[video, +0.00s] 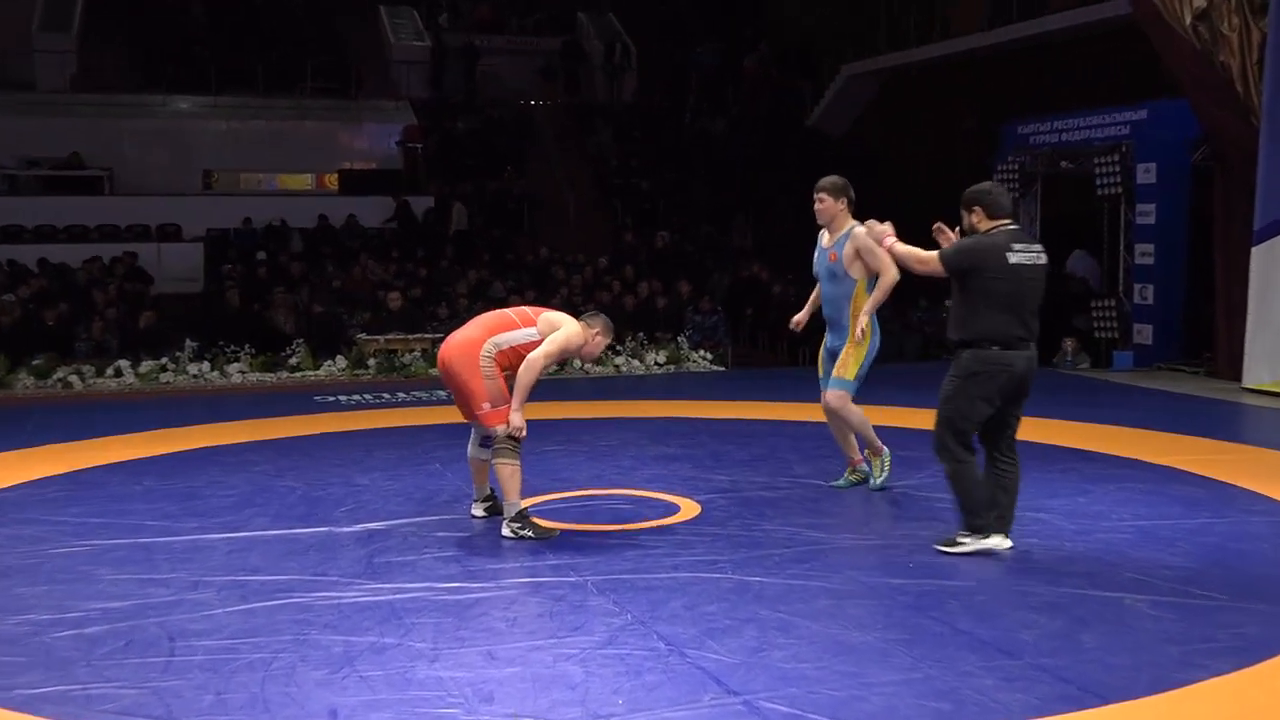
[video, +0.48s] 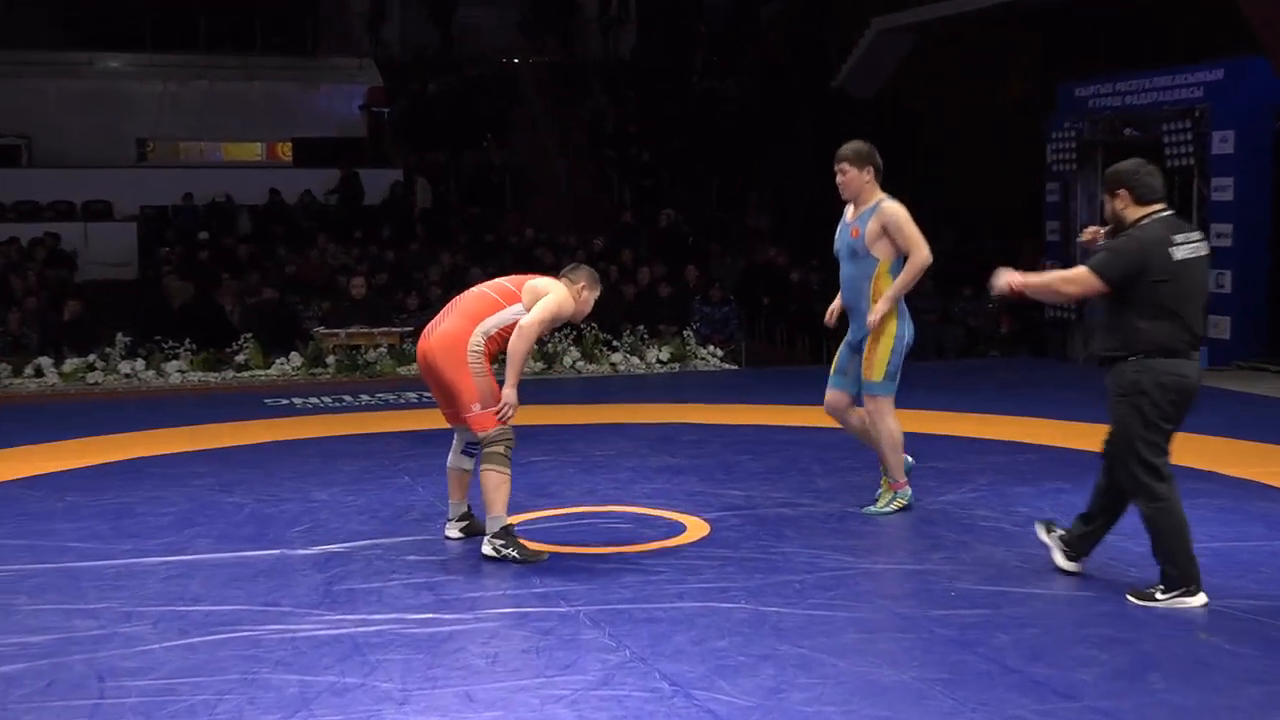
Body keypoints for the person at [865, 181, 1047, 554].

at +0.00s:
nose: (966, 223)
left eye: (967, 217)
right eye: (966, 217)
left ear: (980, 214)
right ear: (1006, 213)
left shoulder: (977, 248)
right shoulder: (1034, 249)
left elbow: (920, 262)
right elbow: (993, 268)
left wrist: (888, 241)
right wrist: (958, 248)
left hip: (981, 360)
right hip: (1021, 359)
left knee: (951, 438)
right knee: (1001, 442)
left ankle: (978, 529)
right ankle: (997, 530)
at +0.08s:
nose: (987, 220)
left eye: (988, 214)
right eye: (988, 213)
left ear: (1001, 212)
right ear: (1030, 211)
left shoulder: (998, 246)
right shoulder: (1056, 248)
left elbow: (940, 261)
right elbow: (1005, 267)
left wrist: (908, 239)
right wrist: (967, 245)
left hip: (1001, 362)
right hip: (1041, 361)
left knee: (981, 446)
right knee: (1017, 447)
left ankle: (1029, 528)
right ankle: (1003, 529)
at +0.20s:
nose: (1021, 216)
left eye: (1022, 210)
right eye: (1020, 210)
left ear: (1036, 209)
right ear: (1066, 208)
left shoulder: (1037, 247)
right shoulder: (1092, 247)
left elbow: (973, 263)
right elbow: (1033, 263)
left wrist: (939, 236)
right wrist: (992, 236)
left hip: (1037, 366)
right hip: (1074, 365)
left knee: (1030, 459)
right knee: (1039, 457)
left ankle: (1101, 534)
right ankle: (1018, 540)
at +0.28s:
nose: (1044, 216)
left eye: (1045, 210)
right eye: (1042, 210)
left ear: (1059, 208)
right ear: (1091, 207)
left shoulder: (1062, 249)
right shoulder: (1118, 248)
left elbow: (999, 266)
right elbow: (1061, 261)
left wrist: (961, 237)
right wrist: (1020, 236)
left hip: (1064, 373)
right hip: (1101, 370)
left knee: (1065, 464)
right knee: (1057, 459)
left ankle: (1133, 553)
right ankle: (1029, 544)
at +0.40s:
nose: (1081, 216)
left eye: (1082, 210)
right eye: (1080, 210)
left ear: (1096, 206)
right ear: (1128, 205)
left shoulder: (1105, 251)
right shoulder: (1160, 244)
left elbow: (1038, 276)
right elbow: (1115, 253)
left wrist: (995, 253)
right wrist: (1075, 241)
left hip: (1112, 376)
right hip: (1147, 374)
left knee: (1117, 474)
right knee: (1093, 464)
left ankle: (1167, 577)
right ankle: (1049, 547)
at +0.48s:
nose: (1110, 207)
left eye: (1110, 200)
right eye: (1109, 200)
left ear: (1125, 198)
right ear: (1157, 195)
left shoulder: (1135, 245)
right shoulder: (1189, 234)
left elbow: (1074, 285)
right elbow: (1147, 257)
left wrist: (1018, 281)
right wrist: (1108, 242)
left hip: (1143, 374)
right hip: (1181, 372)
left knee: (1146, 473)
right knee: (1121, 464)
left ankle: (1182, 584)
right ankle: (1074, 545)